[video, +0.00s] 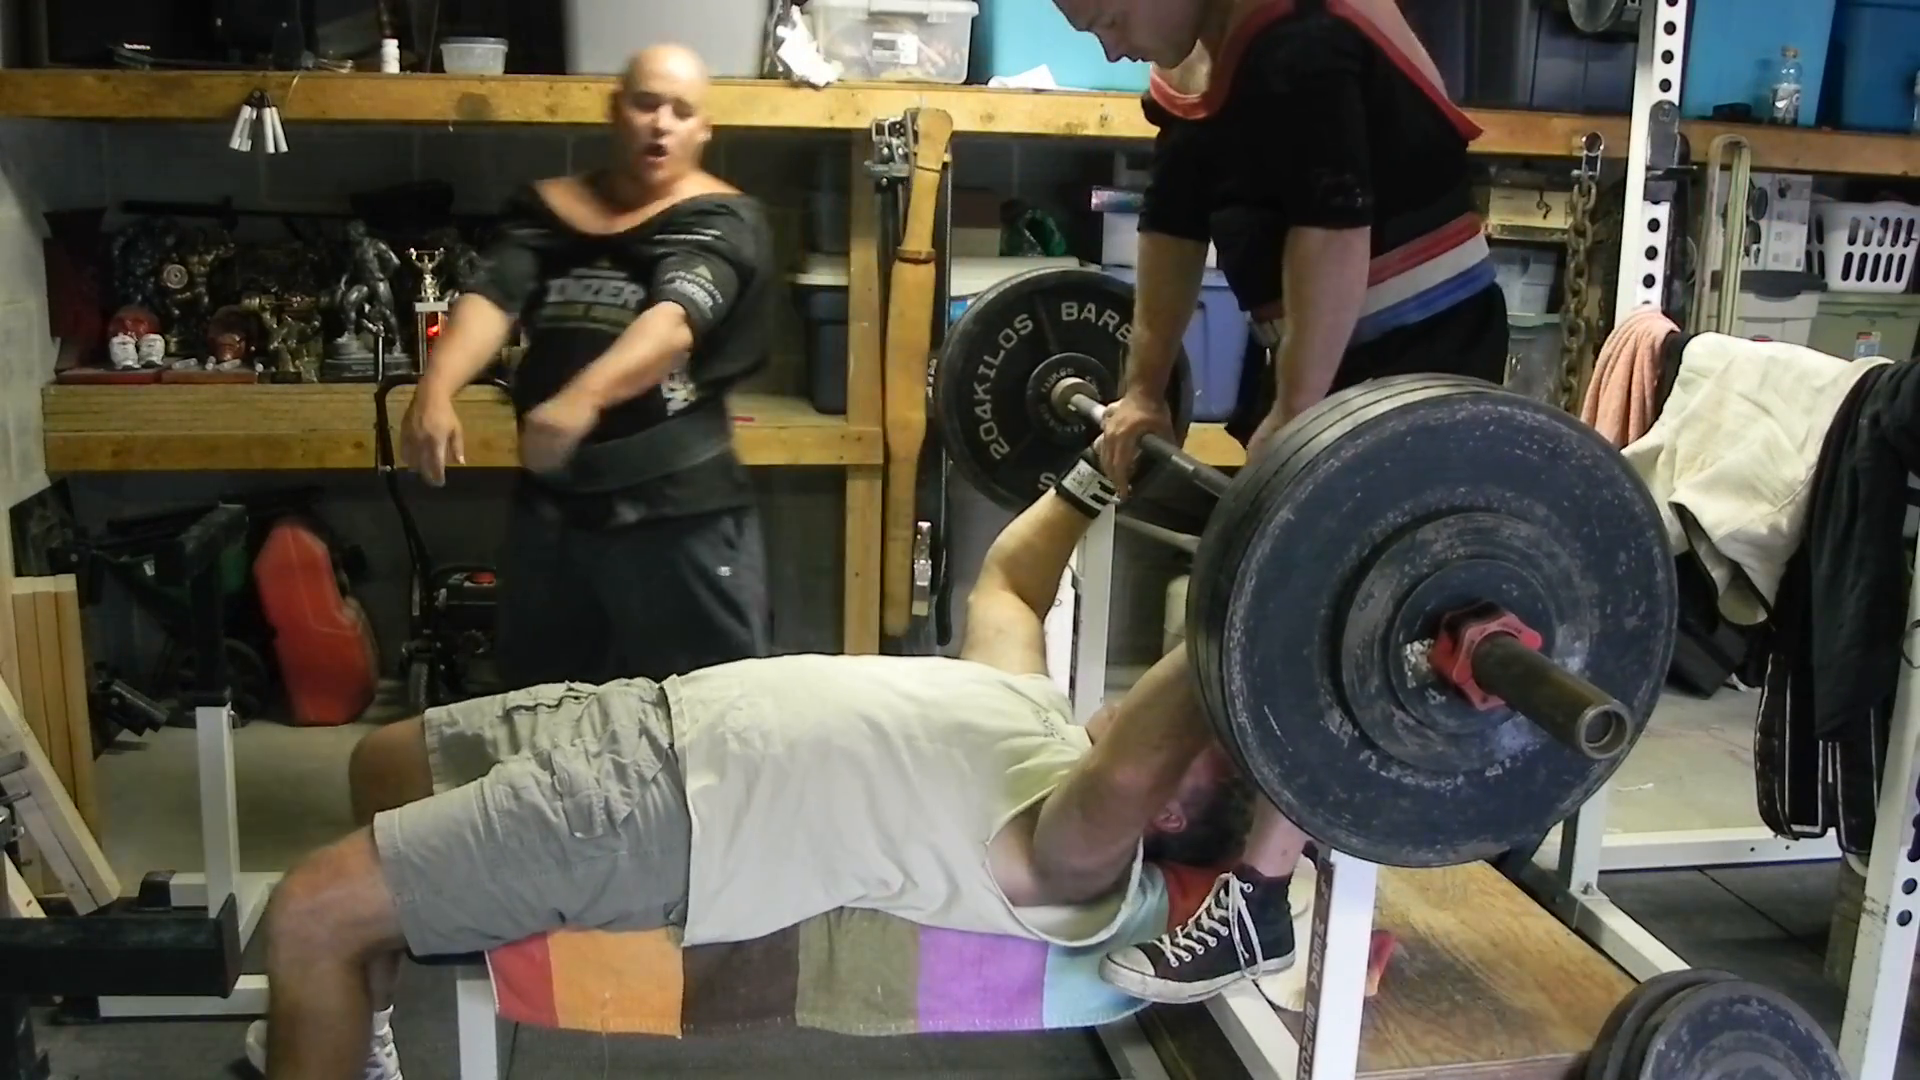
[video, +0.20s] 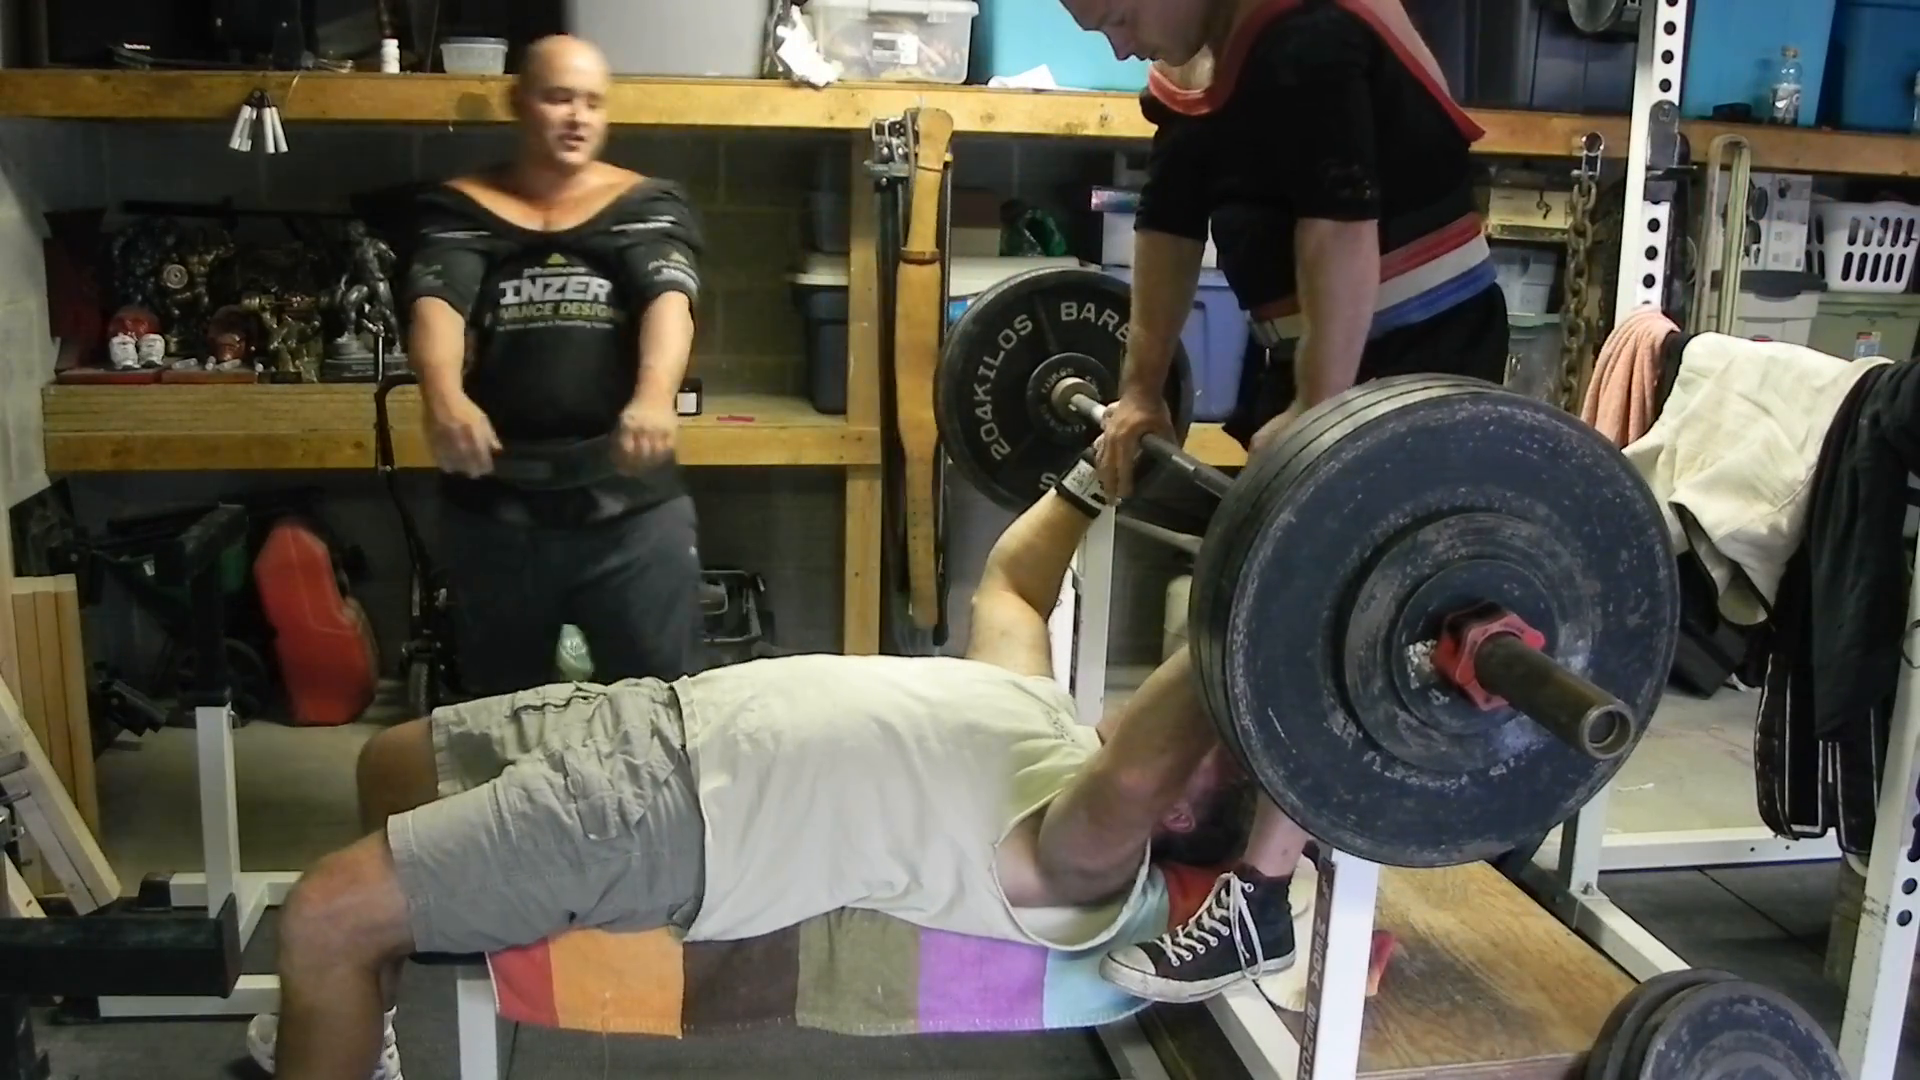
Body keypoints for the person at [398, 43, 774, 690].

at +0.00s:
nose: (661, 123)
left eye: (680, 110)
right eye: (646, 104)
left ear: (703, 128)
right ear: (615, 108)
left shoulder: (721, 216)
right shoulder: (548, 205)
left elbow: (676, 322)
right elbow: (491, 297)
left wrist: (581, 397)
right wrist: (435, 390)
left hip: (682, 518)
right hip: (554, 517)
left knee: (702, 731)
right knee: (546, 729)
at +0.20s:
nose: (577, 115)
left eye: (592, 101)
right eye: (558, 98)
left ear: (607, 110)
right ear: (518, 102)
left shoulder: (647, 202)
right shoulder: (460, 204)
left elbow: (668, 298)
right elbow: (437, 301)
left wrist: (654, 395)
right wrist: (444, 396)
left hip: (629, 498)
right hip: (495, 506)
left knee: (658, 707)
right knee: (502, 719)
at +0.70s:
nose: (517, 116)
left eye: (521, 100)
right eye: (496, 100)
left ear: (530, 105)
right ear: (437, 105)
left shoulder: (564, 196)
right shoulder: (405, 207)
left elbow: (634, 278)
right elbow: (477, 302)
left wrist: (705, 361)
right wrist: (609, 353)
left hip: (599, 480)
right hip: (480, 497)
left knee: (634, 678)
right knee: (494, 718)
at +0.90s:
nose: (530, 119)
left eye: (536, 103)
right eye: (508, 103)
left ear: (544, 107)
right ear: (454, 113)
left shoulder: (585, 195)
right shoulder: (423, 208)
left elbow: (647, 273)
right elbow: (474, 306)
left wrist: (689, 356)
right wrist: (565, 381)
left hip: (611, 494)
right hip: (494, 501)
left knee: (624, 688)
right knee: (498, 713)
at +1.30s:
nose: (578, 135)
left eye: (590, 118)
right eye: (559, 120)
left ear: (604, 119)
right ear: (521, 123)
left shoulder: (655, 202)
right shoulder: (480, 209)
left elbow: (683, 306)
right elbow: (486, 326)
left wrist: (672, 412)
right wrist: (523, 432)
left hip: (639, 471)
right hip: (521, 474)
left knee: (626, 662)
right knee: (512, 667)